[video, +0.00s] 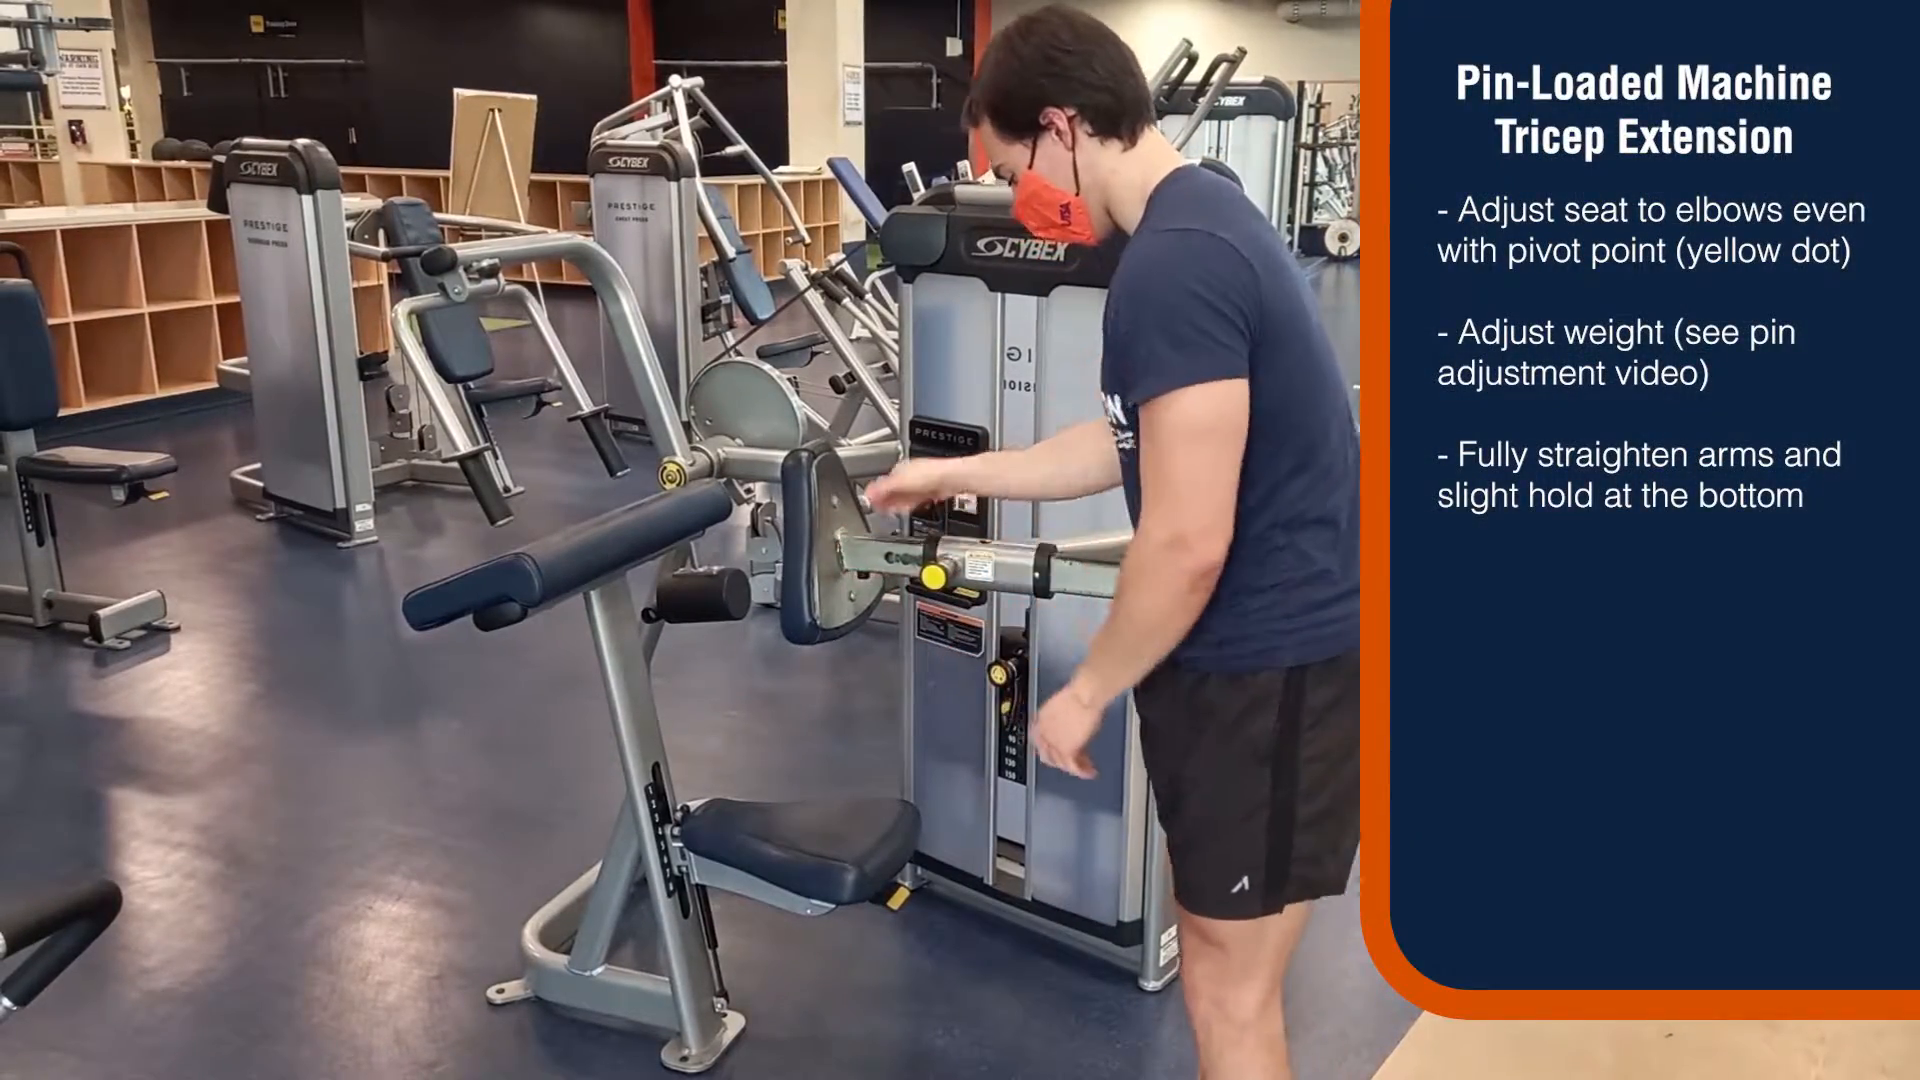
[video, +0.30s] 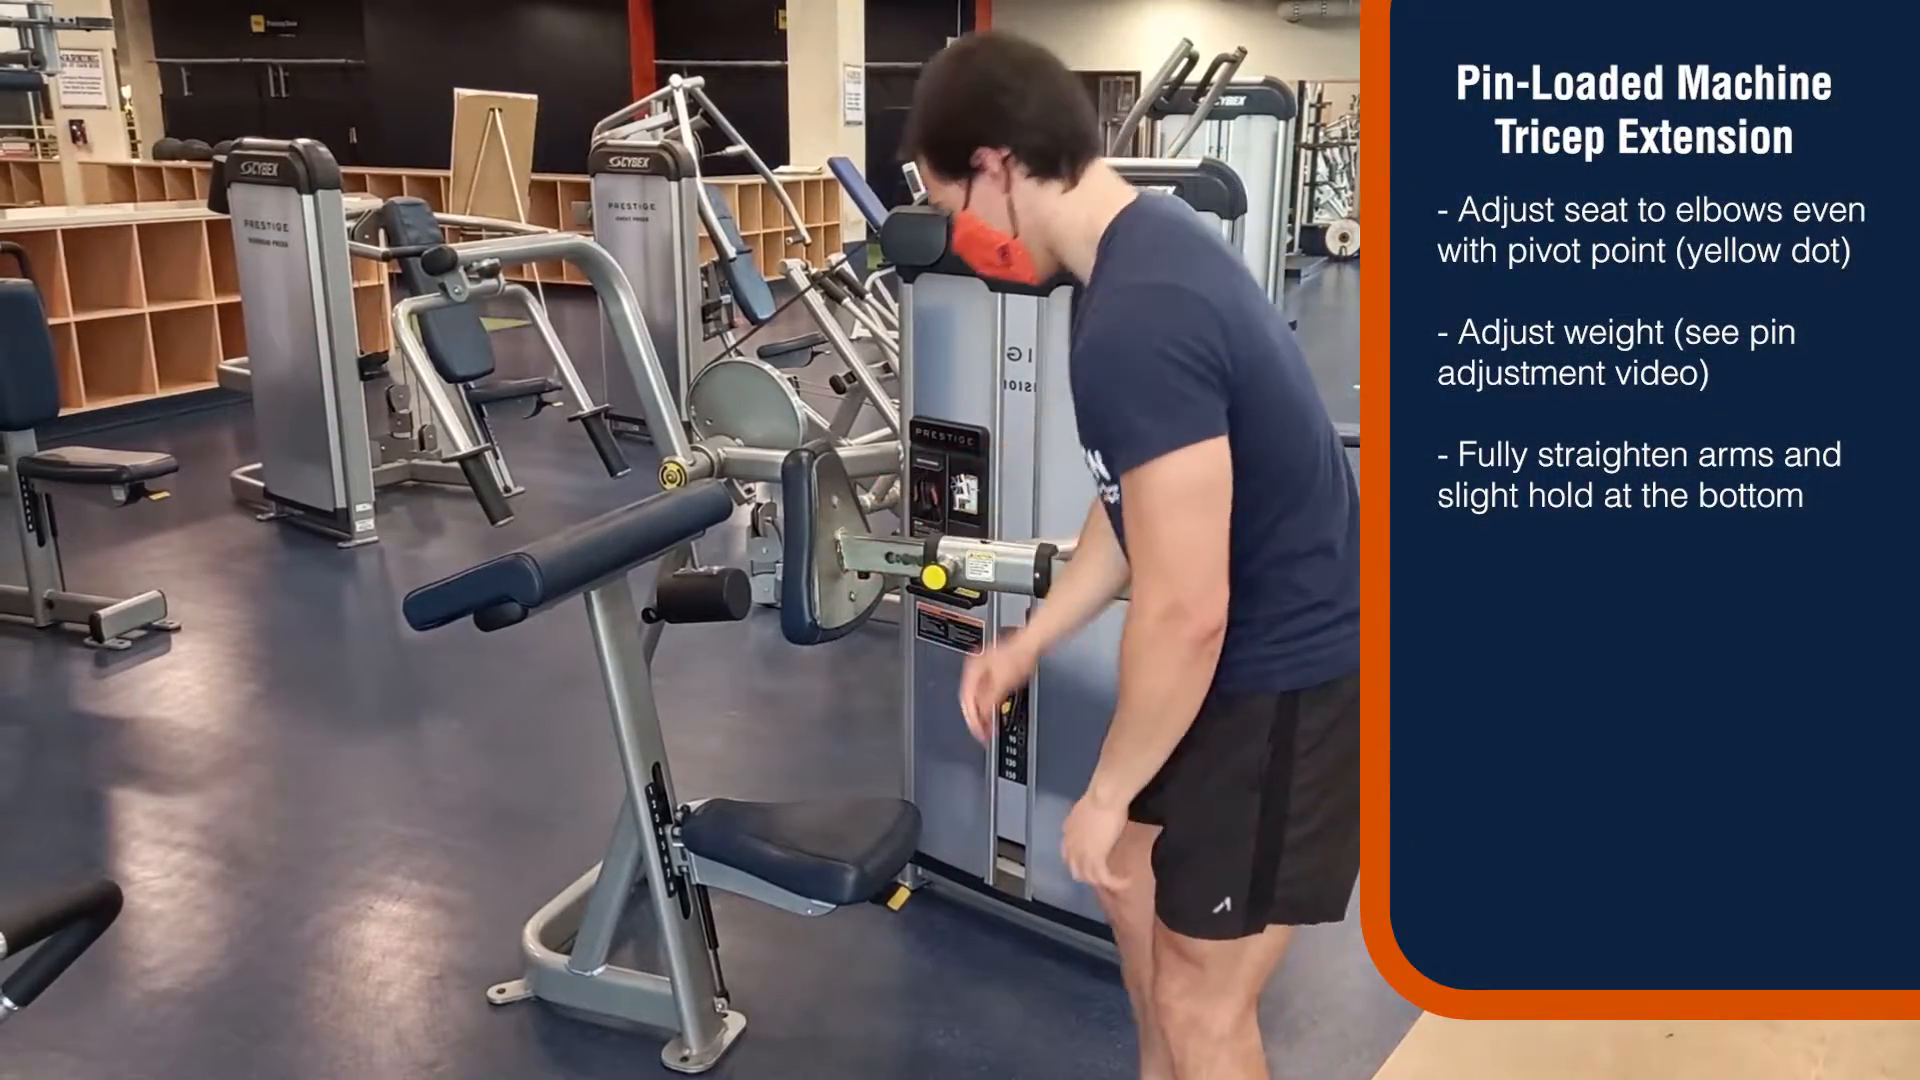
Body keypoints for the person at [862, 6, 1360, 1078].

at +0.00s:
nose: (1026, 203)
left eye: (1016, 174)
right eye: (1011, 181)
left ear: (1064, 128)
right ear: (1082, 122)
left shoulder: (1173, 258)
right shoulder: (1200, 221)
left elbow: (1189, 544)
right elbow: (1124, 445)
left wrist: (1088, 694)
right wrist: (951, 475)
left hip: (1257, 668)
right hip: (1259, 654)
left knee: (1230, 995)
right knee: (1228, 962)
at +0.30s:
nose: (965, 236)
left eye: (953, 209)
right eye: (950, 215)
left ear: (997, 167)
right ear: (1021, 156)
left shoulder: (1139, 311)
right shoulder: (1140, 256)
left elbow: (1187, 613)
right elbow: (1127, 510)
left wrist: (1108, 797)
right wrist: (1029, 643)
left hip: (1280, 683)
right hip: (1221, 659)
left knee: (1200, 1010)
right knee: (1127, 876)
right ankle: (1166, 1068)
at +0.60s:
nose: (827, 430)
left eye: (817, 403)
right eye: (815, 408)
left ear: (856, 378)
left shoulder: (1014, 471)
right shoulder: (992, 441)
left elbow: (1050, 756)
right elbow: (1020, 676)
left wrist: (978, 880)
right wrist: (991, 818)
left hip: (1305, 697)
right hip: (1203, 680)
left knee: (1172, 1016)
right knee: (1118, 892)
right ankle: (1094, 1070)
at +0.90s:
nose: (788, 558)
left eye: (779, 535)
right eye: (777, 539)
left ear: (812, 523)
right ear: (891, 467)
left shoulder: (928, 629)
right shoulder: (972, 519)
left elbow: (907, 838)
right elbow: (994, 741)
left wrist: (844, 870)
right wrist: (931, 858)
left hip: (1305, 742)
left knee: (1113, 1043)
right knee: (1074, 880)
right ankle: (1091, 1066)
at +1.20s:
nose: (772, 575)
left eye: (764, 553)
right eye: (762, 556)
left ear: (794, 547)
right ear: (875, 488)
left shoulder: (876, 669)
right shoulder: (963, 520)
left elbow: (877, 835)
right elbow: (1001, 731)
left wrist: (823, 871)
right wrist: (914, 843)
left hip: (1290, 751)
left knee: (1078, 1048)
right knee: (1064, 874)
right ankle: (1110, 1060)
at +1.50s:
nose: (761, 558)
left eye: (756, 535)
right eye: (753, 538)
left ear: (787, 528)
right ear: (870, 477)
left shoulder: (854, 657)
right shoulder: (956, 517)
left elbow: (865, 833)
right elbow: (995, 727)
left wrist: (819, 878)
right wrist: (913, 850)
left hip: (1269, 750)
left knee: (1071, 1047)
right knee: (1054, 878)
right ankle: (1106, 1056)